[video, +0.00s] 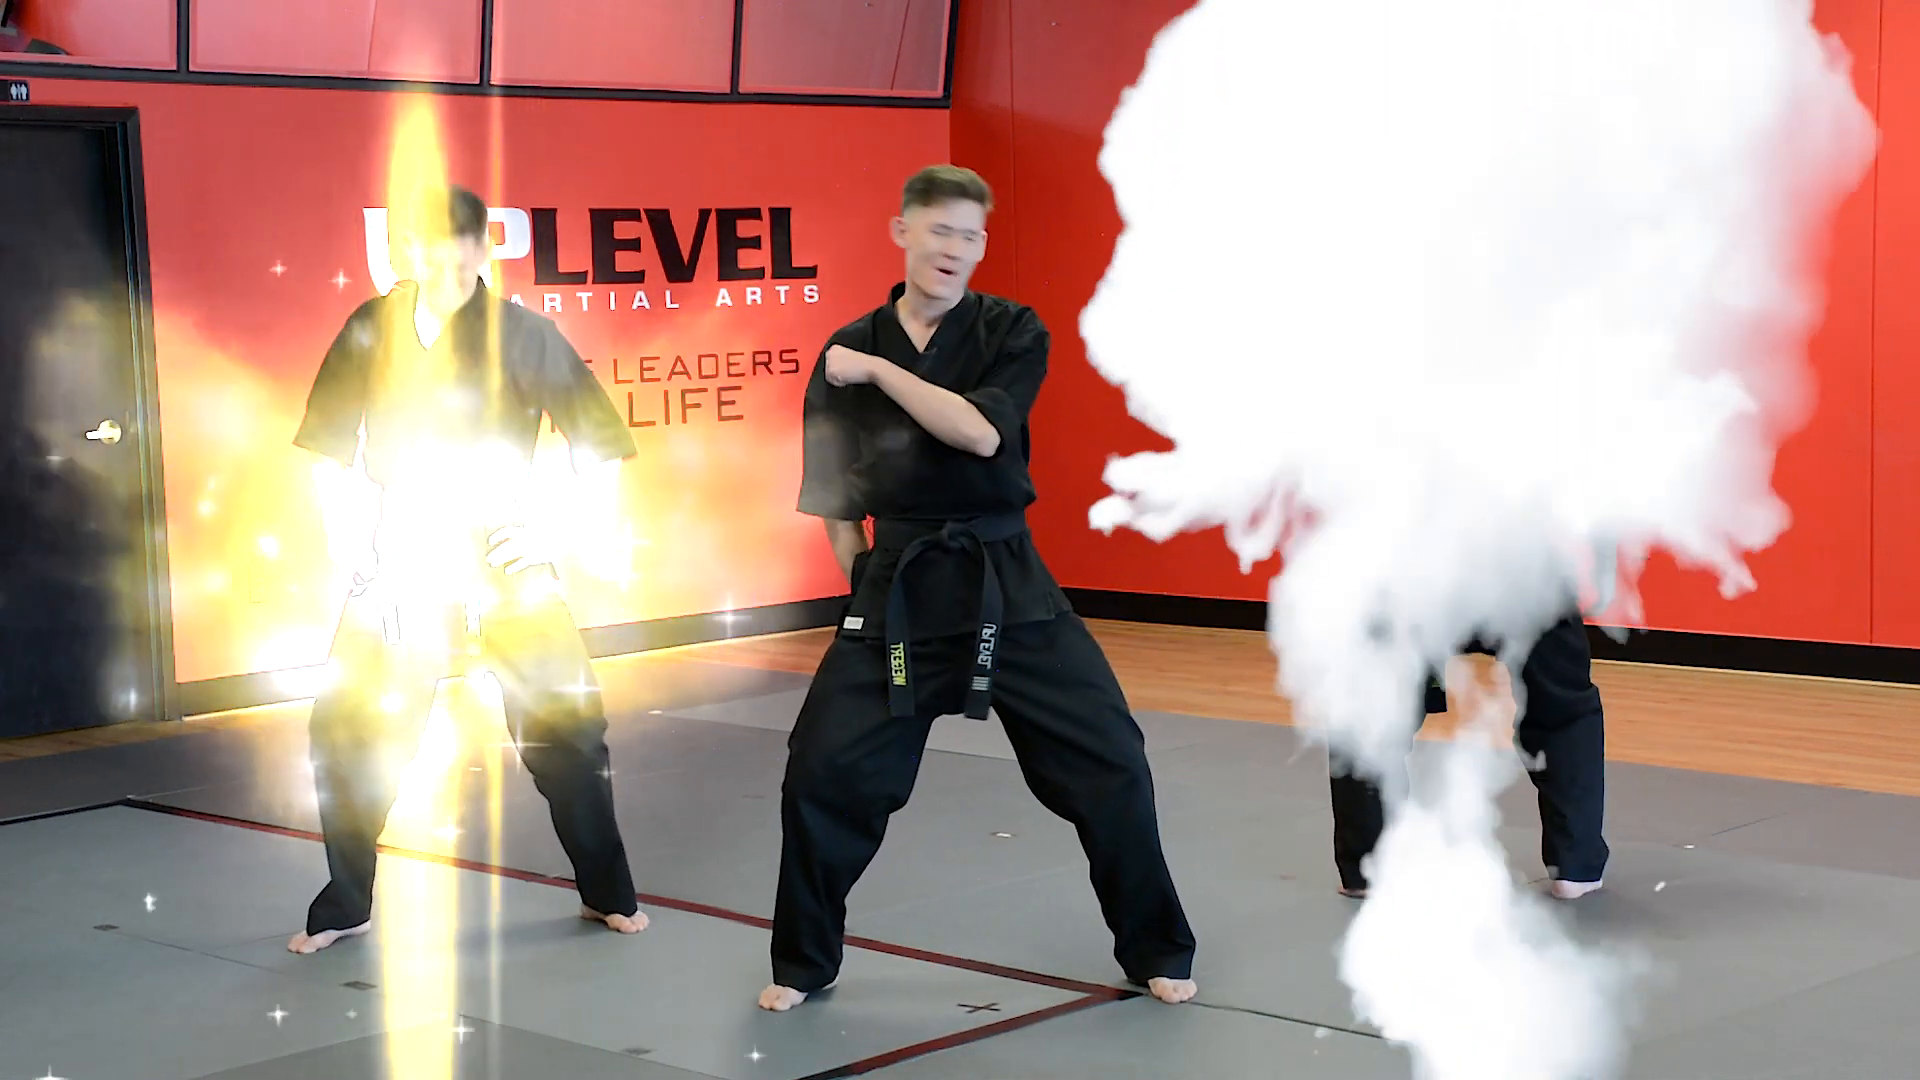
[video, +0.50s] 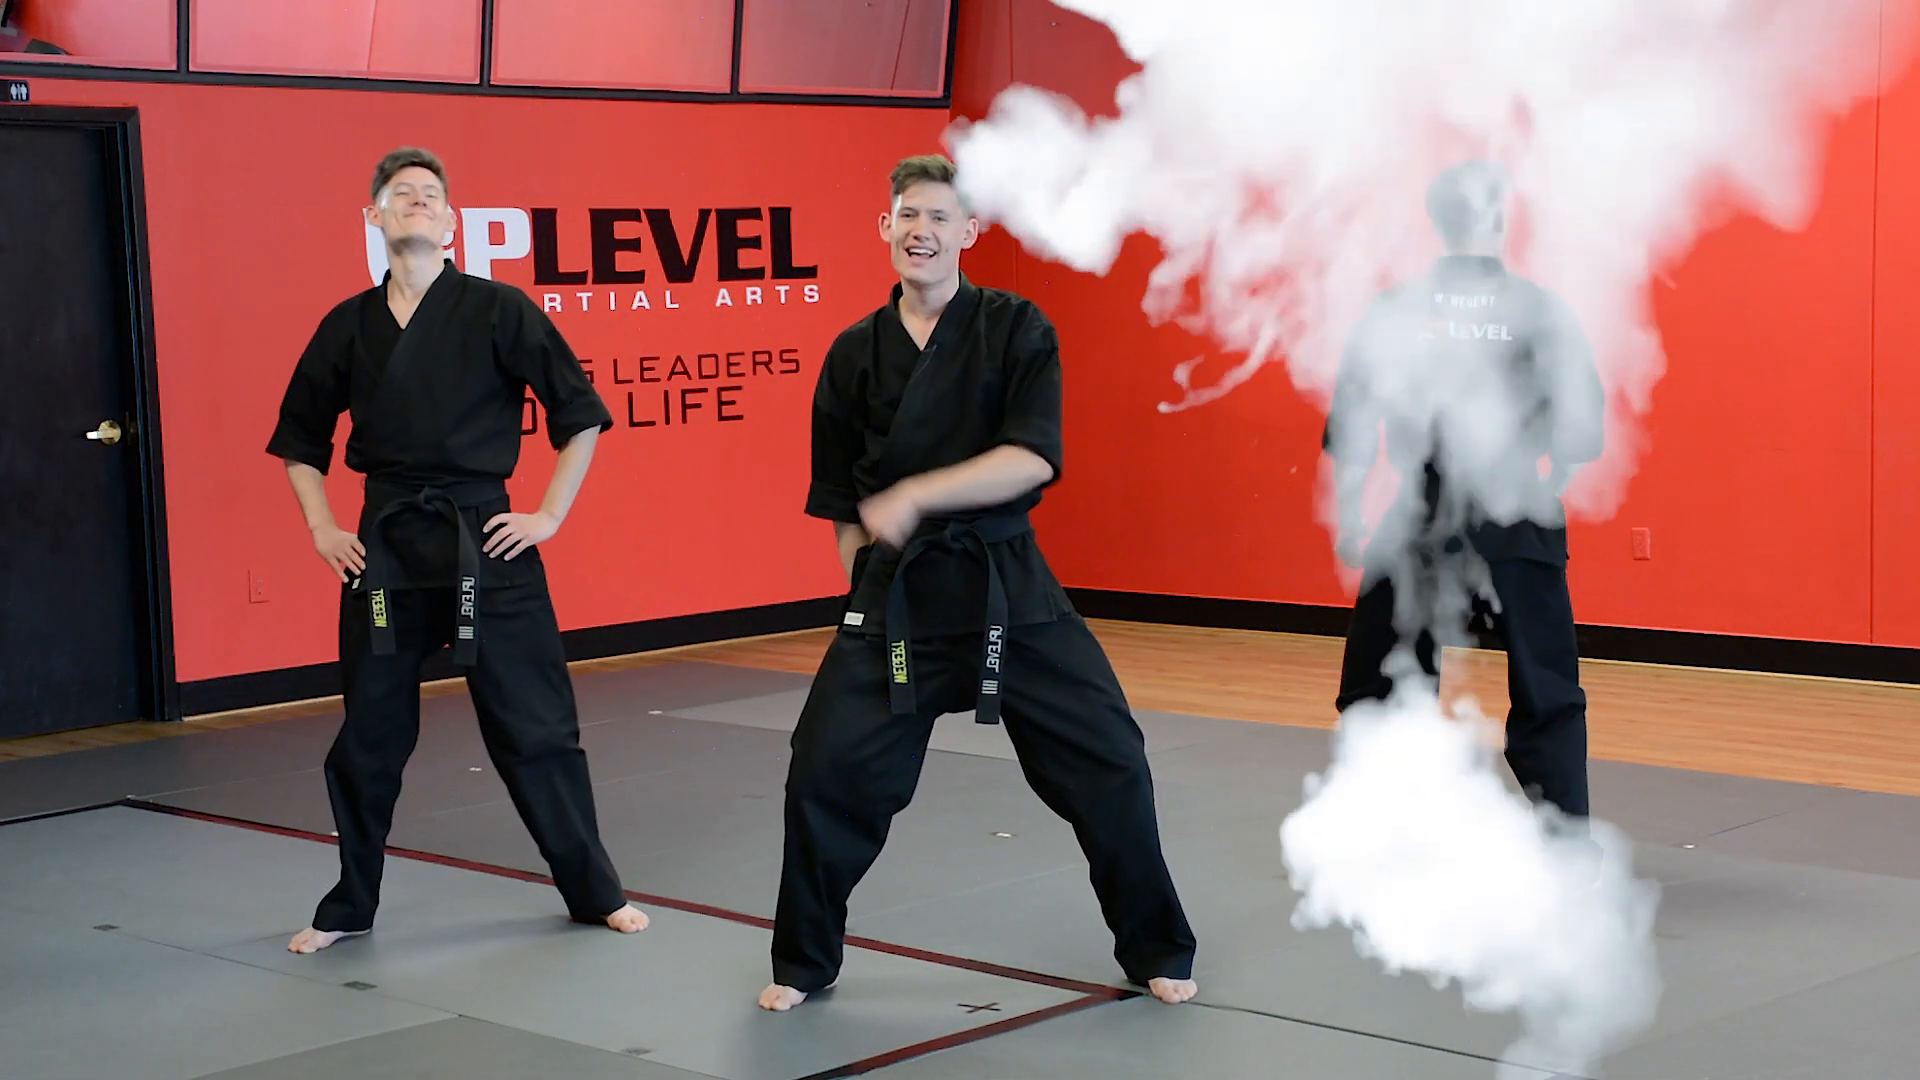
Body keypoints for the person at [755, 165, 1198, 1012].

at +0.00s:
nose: (956, 250)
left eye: (971, 237)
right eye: (941, 231)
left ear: (984, 249)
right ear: (901, 234)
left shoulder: (1014, 333)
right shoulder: (850, 348)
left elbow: (982, 431)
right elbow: (830, 493)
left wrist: (875, 368)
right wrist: (869, 590)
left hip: (1008, 575)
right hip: (898, 582)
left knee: (1110, 759)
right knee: (825, 768)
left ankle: (1155, 947)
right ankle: (804, 960)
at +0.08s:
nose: (936, 242)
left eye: (953, 228)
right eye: (922, 225)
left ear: (974, 242)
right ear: (892, 232)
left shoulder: (1014, 330)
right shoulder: (849, 350)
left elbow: (983, 430)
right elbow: (839, 502)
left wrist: (875, 369)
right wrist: (872, 598)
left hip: (1008, 575)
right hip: (899, 584)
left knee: (1110, 759)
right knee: (826, 769)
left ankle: (1156, 946)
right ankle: (804, 961)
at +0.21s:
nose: (924, 237)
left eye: (941, 224)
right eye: (910, 222)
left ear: (968, 236)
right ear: (887, 233)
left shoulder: (1015, 328)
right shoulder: (852, 353)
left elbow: (998, 432)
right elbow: (839, 501)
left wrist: (882, 388)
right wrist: (869, 600)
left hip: (1009, 573)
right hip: (899, 581)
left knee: (1110, 759)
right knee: (828, 766)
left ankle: (1156, 947)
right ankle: (804, 960)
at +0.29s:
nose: (922, 235)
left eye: (939, 221)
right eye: (908, 220)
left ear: (967, 233)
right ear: (886, 232)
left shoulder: (1017, 328)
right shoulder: (852, 356)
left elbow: (1007, 437)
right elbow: (842, 507)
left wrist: (887, 409)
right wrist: (869, 602)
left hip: (1009, 575)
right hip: (898, 584)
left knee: (1110, 760)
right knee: (827, 768)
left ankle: (1155, 947)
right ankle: (804, 959)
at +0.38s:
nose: (920, 233)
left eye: (937, 218)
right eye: (907, 218)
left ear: (966, 231)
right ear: (886, 231)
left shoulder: (1016, 327)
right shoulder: (853, 357)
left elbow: (1019, 445)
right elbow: (844, 509)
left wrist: (893, 439)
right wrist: (867, 607)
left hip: (1009, 576)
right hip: (898, 586)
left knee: (1110, 760)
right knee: (827, 768)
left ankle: (1156, 947)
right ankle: (804, 958)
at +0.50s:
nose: (922, 231)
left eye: (939, 217)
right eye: (909, 216)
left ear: (967, 231)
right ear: (886, 229)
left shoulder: (1016, 329)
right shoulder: (853, 356)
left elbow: (1033, 459)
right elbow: (849, 509)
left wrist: (915, 493)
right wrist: (877, 609)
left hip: (1011, 582)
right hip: (896, 591)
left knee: (1110, 761)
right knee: (827, 768)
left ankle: (1156, 947)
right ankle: (805, 959)